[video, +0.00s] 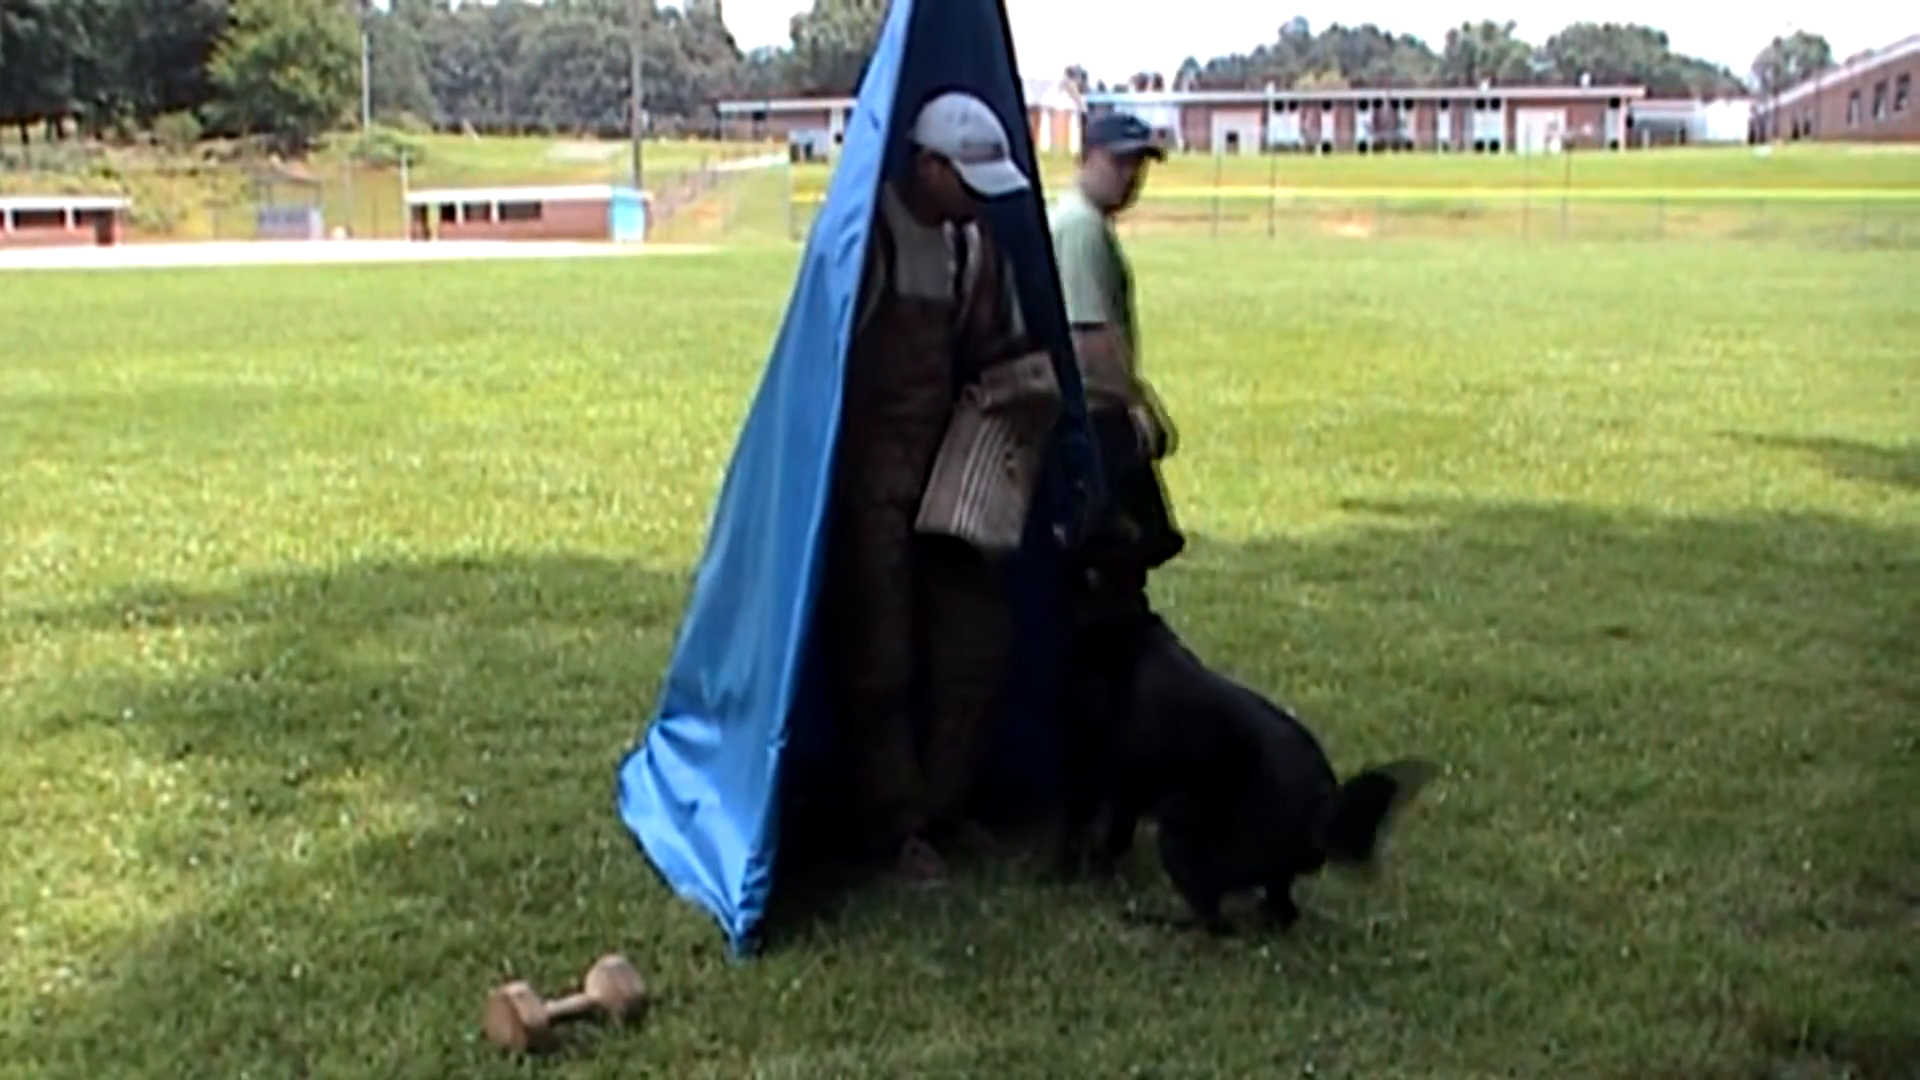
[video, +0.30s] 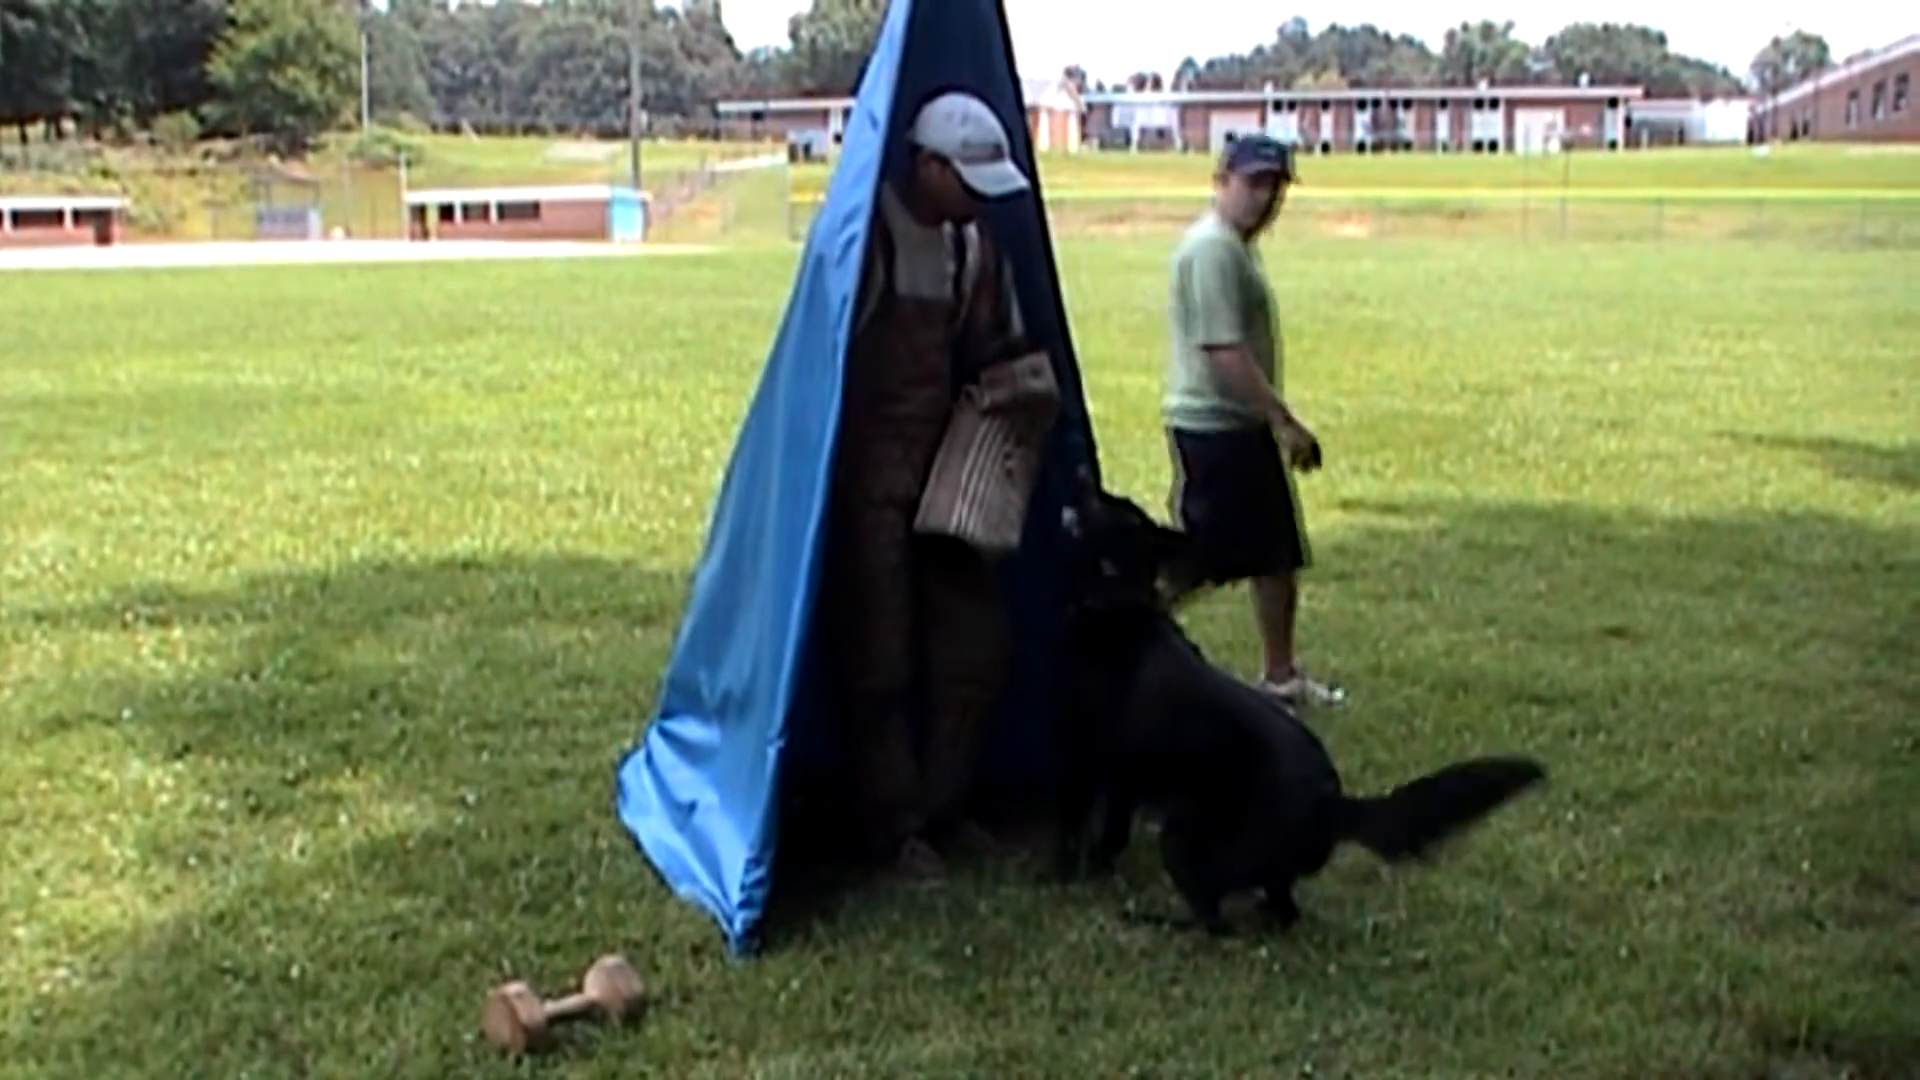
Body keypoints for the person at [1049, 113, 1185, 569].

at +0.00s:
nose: (1134, 177)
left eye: (1140, 164)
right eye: (1123, 162)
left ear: (1144, 165)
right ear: (1091, 159)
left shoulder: (1086, 224)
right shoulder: (1081, 228)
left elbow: (1098, 332)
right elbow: (1093, 335)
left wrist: (1141, 401)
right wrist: (1135, 403)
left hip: (1101, 418)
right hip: (1092, 421)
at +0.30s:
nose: (1268, 198)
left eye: (1277, 186)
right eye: (1257, 183)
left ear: (1282, 192)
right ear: (1224, 182)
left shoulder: (1234, 249)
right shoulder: (1213, 251)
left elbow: (1230, 354)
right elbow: (1225, 352)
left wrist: (1273, 418)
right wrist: (1284, 421)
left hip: (1241, 427)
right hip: (1212, 428)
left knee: (1276, 556)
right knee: (1214, 556)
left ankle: (1281, 673)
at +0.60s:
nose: (1396, 196)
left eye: (1407, 186)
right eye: (1387, 181)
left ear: (1414, 193)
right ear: (1358, 175)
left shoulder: (1374, 247)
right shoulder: (1333, 245)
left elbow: (1400, 331)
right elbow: (1313, 343)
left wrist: (1456, 384)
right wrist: (1338, 425)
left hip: (1356, 419)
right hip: (1348, 423)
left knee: (1310, 549)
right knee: (1400, 555)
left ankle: (1285, 672)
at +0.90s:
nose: (1529, 219)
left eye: (1541, 208)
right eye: (1519, 205)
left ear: (1550, 214)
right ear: (1491, 200)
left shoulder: (1518, 268)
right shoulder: (1470, 275)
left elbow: (1527, 362)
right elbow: (1455, 383)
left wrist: (1566, 415)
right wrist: (1476, 463)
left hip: (1517, 441)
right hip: (1485, 445)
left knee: (1489, 571)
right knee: (1524, 578)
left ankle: (1366, 636)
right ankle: (1526, 707)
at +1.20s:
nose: (1654, 208)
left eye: (1668, 198)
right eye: (1644, 192)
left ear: (1682, 208)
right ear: (1622, 191)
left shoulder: (1663, 268)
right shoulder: (1593, 263)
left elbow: (1652, 362)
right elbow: (1599, 368)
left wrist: (1664, 431)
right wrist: (1691, 422)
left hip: (1650, 452)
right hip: (1585, 450)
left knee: (1690, 584)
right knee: (1568, 584)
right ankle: (1529, 707)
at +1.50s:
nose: (1788, 216)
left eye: (1804, 206)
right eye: (1779, 200)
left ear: (1822, 217)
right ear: (1760, 202)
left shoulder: (1819, 284)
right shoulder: (1727, 277)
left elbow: (1831, 379)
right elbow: (1720, 382)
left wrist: (1862, 444)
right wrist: (1752, 469)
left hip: (1802, 467)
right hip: (1737, 467)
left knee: (1812, 607)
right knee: (1750, 607)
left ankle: (1788, 742)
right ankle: (1644, 672)